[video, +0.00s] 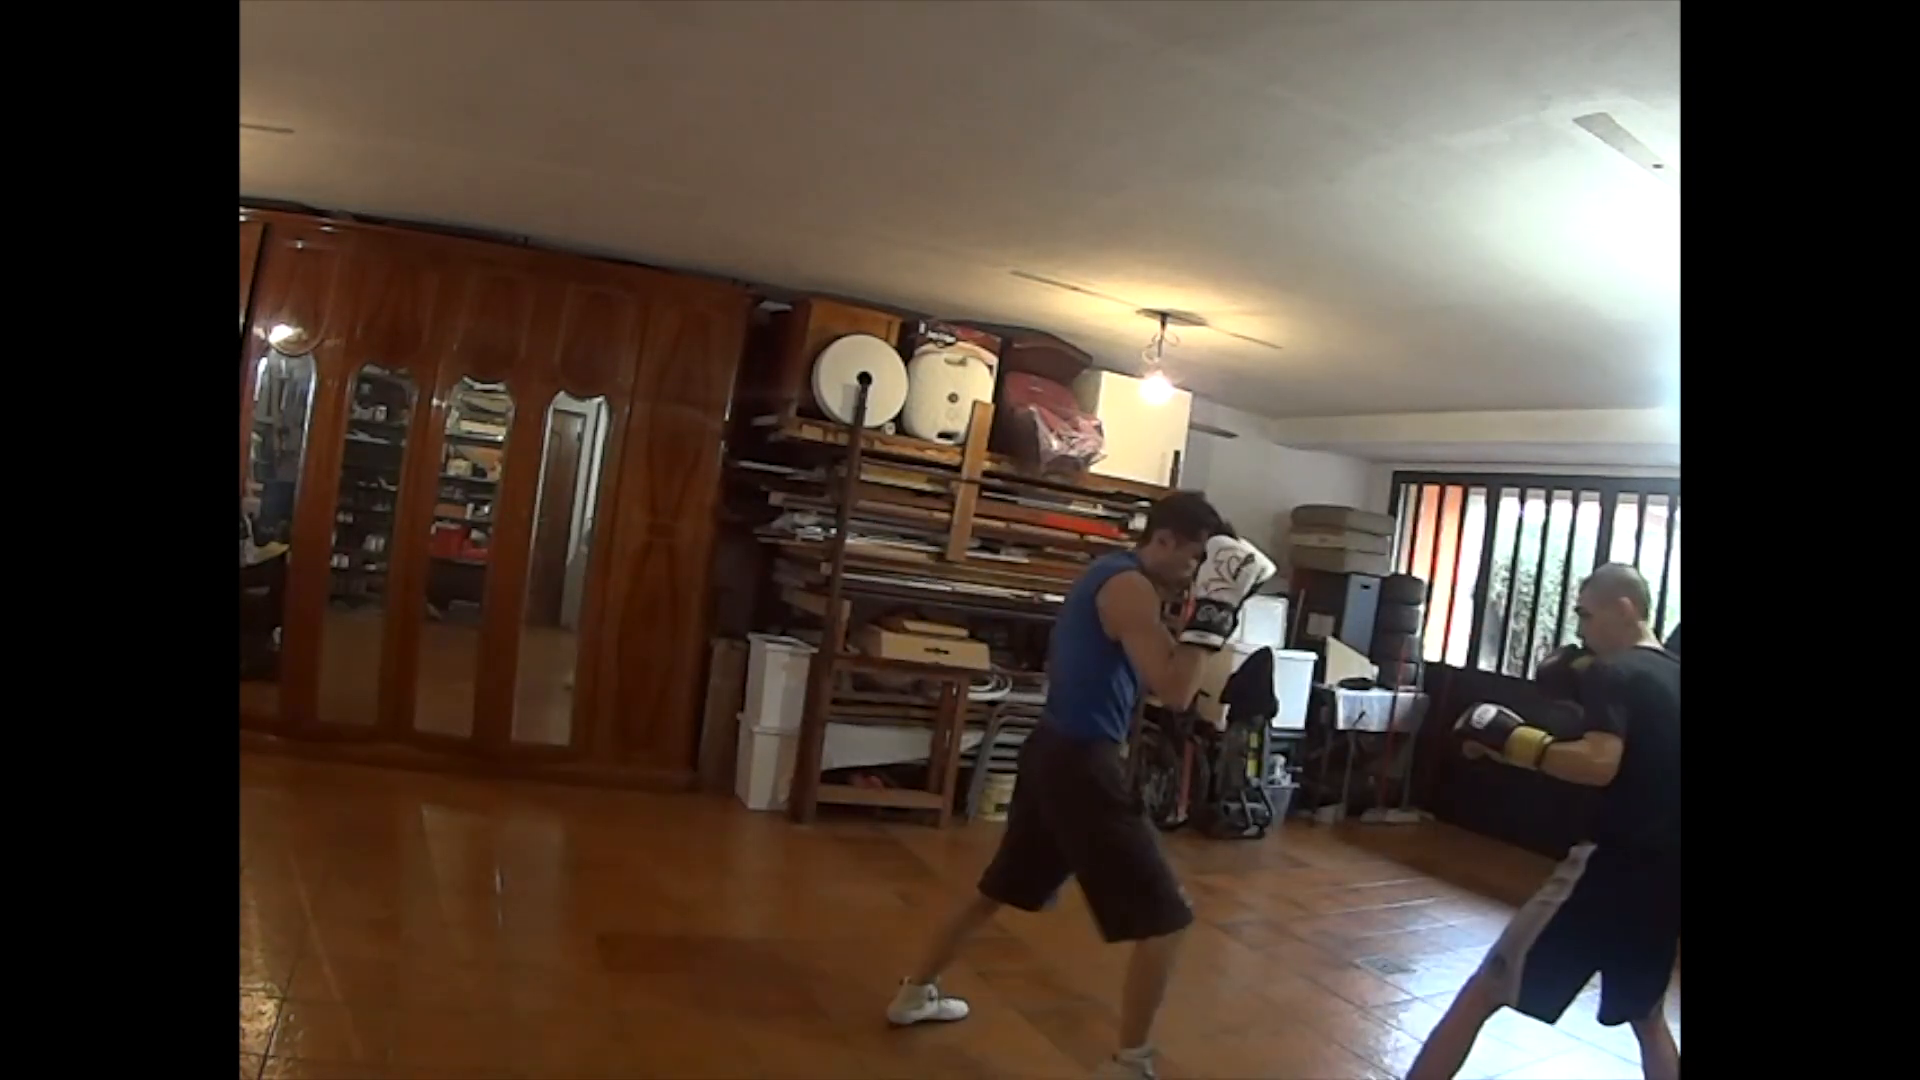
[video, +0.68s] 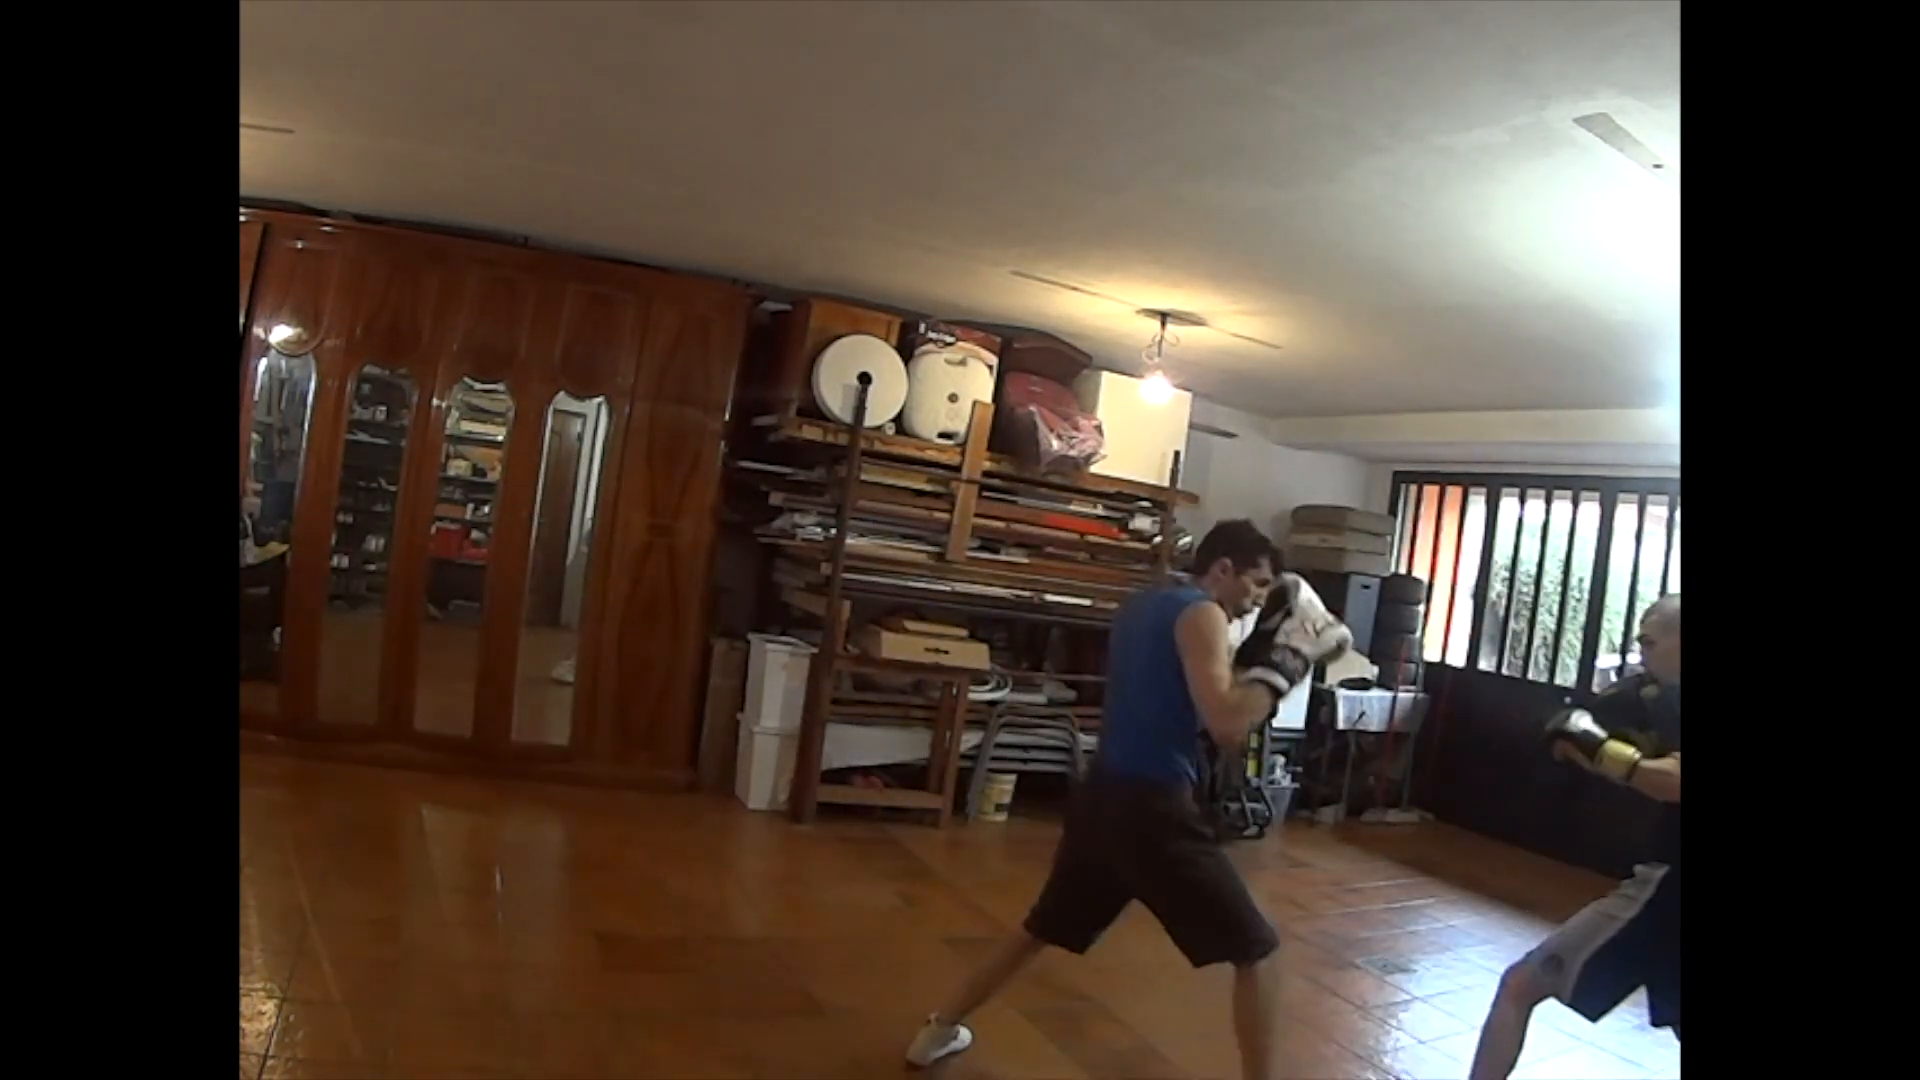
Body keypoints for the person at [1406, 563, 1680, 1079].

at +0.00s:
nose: (1582, 631)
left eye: (1586, 616)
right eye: (1579, 618)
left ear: (1625, 610)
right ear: (1636, 612)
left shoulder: (1615, 672)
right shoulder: (1671, 672)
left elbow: (1600, 762)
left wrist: (1510, 739)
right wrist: (1585, 677)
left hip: (1608, 864)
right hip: (1665, 870)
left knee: (1482, 995)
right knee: (1649, 1016)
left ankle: (1415, 1078)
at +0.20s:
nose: (1585, 634)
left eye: (1590, 619)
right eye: (1583, 621)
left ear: (1629, 612)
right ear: (1638, 615)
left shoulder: (1619, 675)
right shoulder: (1672, 673)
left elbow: (1608, 763)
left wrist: (1516, 746)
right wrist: (1590, 681)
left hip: (1616, 866)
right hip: (1668, 872)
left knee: (1488, 998)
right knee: (1652, 1014)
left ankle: (1418, 1077)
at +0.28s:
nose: (1585, 639)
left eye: (1590, 625)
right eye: (1582, 626)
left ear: (1628, 619)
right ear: (1640, 622)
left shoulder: (1617, 680)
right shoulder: (1672, 680)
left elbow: (1604, 766)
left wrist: (1514, 745)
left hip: (1618, 868)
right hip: (1669, 873)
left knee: (1487, 993)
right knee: (1662, 1011)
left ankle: (1417, 1077)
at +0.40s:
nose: (1601, 655)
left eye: (1609, 644)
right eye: (1601, 643)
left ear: (1648, 638)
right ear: (1652, 640)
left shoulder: (1639, 692)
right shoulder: (1671, 692)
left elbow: (1621, 762)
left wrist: (1540, 728)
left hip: (1625, 879)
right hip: (1668, 885)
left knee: (1482, 998)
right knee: (1672, 1015)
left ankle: (1414, 1075)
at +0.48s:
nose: (1620, 650)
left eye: (1631, 640)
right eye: (1622, 640)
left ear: (1667, 642)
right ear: (1664, 642)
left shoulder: (1661, 698)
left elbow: (1652, 771)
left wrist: (1564, 737)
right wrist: (1549, 728)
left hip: (1645, 879)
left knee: (1499, 1003)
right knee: (1675, 1020)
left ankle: (1425, 1076)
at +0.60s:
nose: (1640, 656)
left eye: (1648, 644)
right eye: (1640, 645)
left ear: (1680, 644)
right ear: (1670, 647)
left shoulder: (1673, 706)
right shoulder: (1658, 704)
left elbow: (1672, 783)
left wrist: (1594, 758)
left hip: (1661, 882)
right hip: (1657, 879)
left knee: (1519, 992)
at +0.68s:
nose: (1641, 650)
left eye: (1650, 640)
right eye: (1641, 640)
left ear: (1681, 644)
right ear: (1654, 643)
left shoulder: (1672, 703)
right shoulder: (1652, 699)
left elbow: (1672, 783)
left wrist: (1601, 752)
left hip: (1664, 881)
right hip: (1659, 878)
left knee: (1520, 985)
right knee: (1518, 985)